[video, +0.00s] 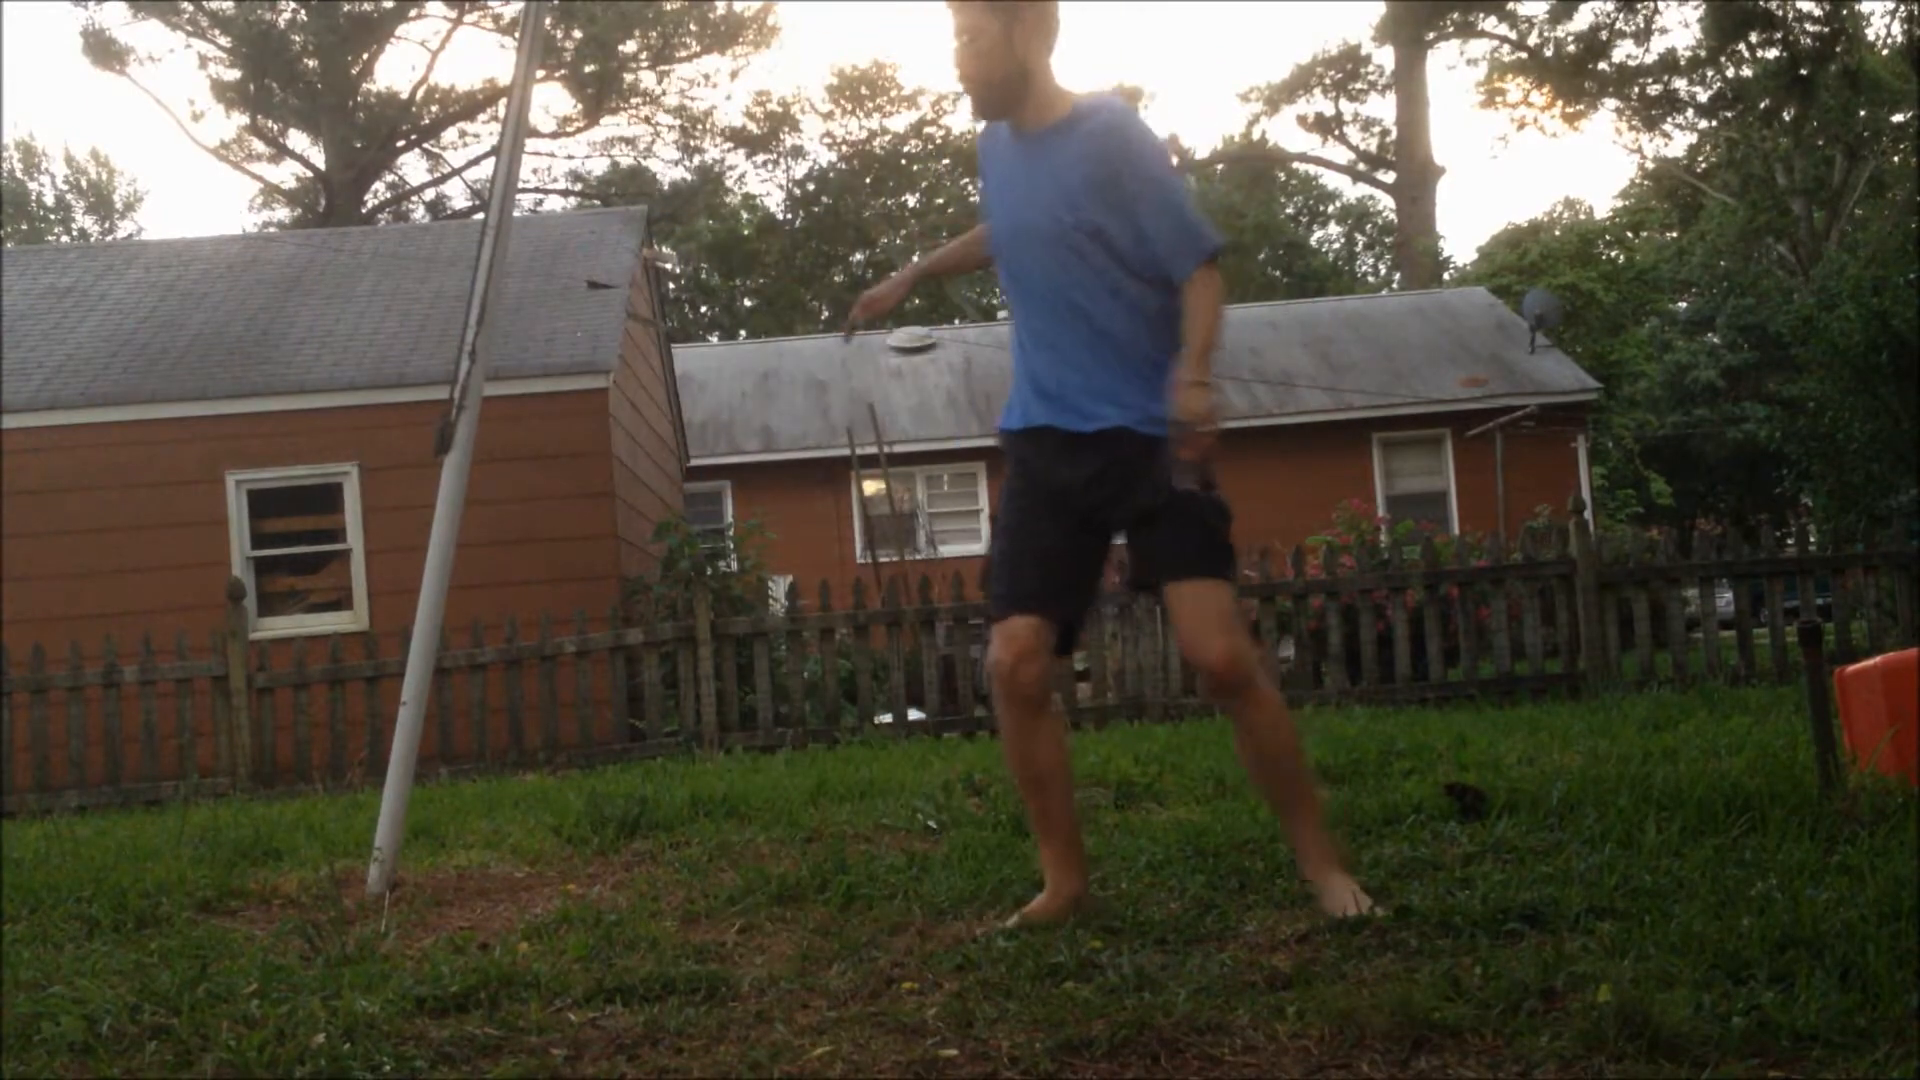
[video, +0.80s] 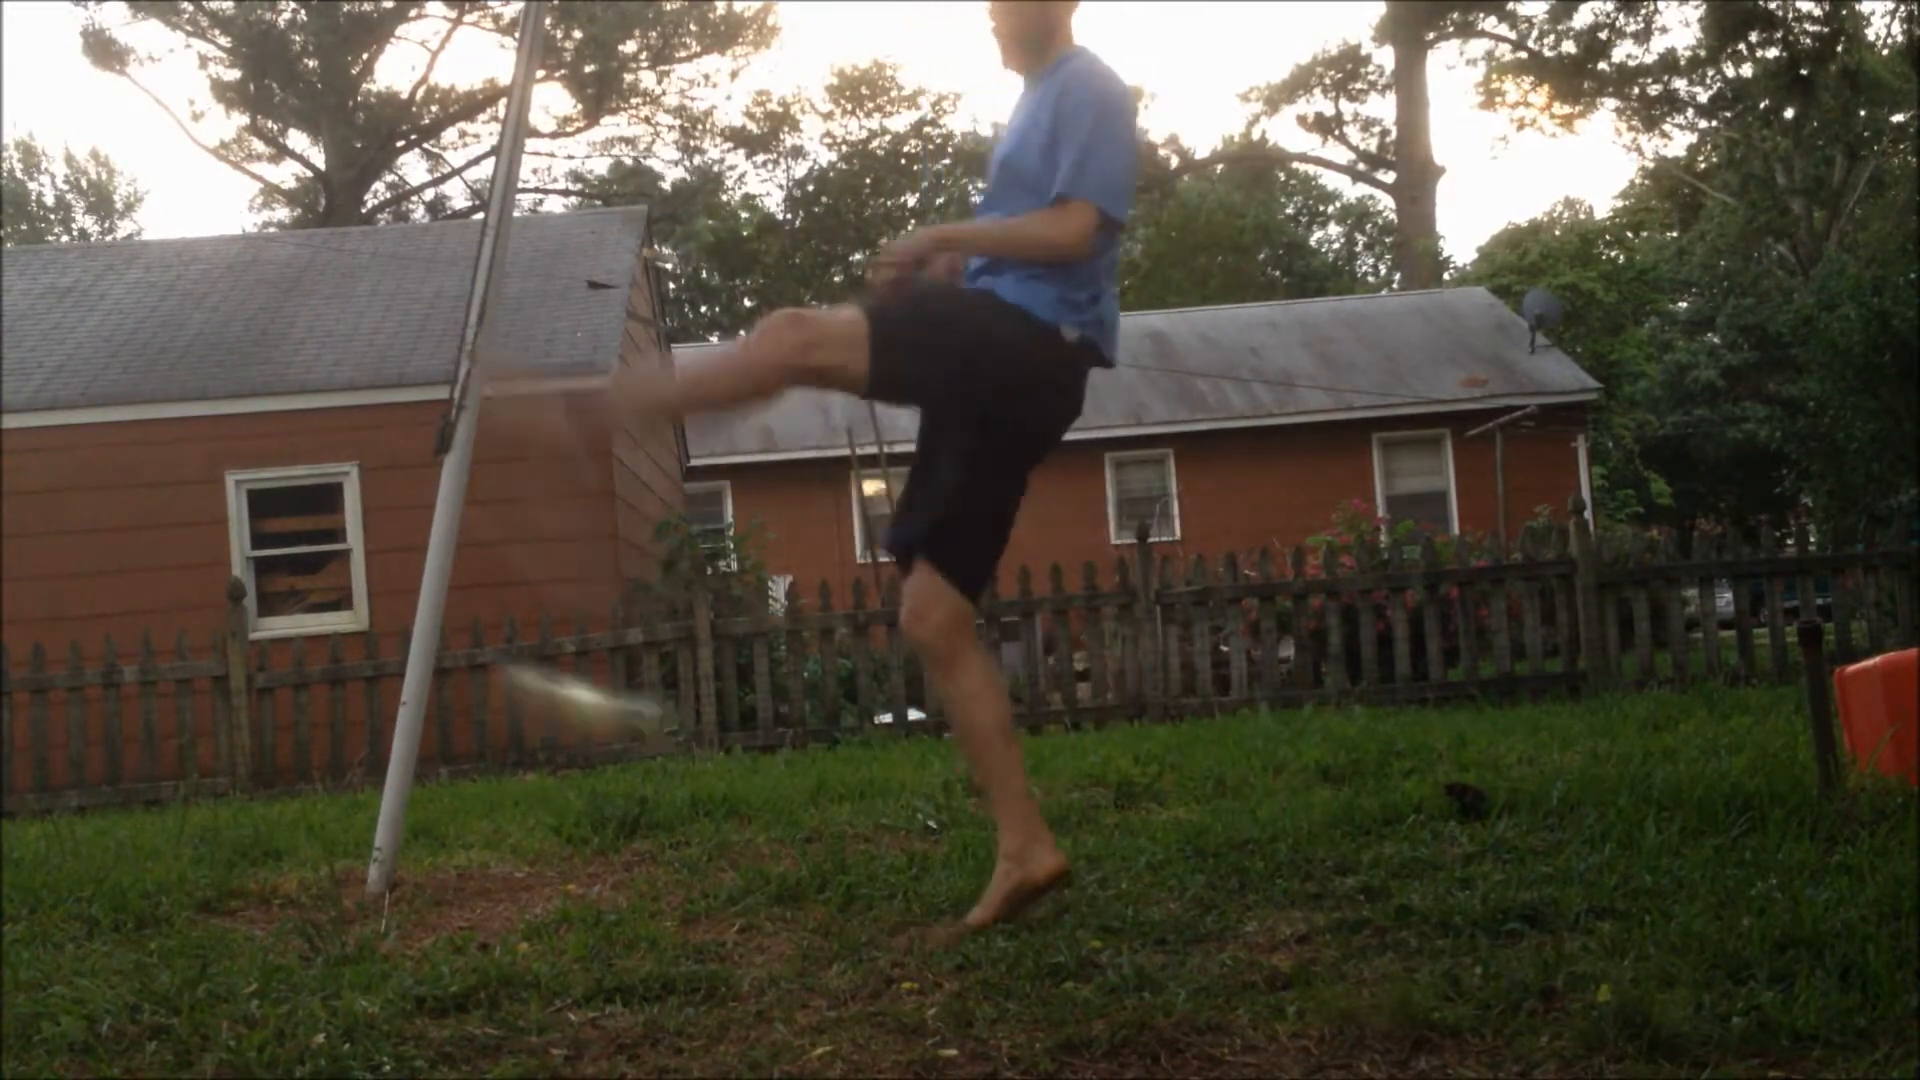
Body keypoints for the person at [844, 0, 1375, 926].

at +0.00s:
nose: (958, 49)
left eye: (971, 27)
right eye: (955, 31)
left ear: (1030, 28)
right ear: (975, 38)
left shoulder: (1111, 132)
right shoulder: (993, 145)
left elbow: (1201, 265)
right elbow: (1010, 231)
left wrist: (1193, 369)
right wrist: (911, 274)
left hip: (1153, 432)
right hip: (1045, 439)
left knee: (1220, 657)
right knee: (1017, 664)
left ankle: (1324, 869)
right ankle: (1063, 886)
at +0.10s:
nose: (928, 61)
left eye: (941, 37)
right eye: (925, 41)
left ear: (1001, 37)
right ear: (947, 47)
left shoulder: (1082, 136)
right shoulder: (966, 145)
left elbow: (1167, 278)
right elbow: (989, 233)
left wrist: (1117, 344)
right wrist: (908, 267)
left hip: (1119, 424)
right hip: (1022, 434)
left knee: (1147, 605)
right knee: (1010, 663)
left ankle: (1253, 797)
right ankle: (1064, 887)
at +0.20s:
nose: (911, 33)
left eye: (924, 12)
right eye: (909, 16)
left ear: (982, 14)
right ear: (939, 26)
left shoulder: (1062, 108)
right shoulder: (948, 114)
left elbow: (1132, 248)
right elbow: (974, 205)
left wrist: (1045, 315)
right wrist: (919, 254)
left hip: (1099, 372)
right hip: (1009, 395)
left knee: (1052, 523)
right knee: (1014, 646)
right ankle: (1061, 879)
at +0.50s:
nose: (893, 30)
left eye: (912, 12)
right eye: (895, 13)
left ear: (967, 21)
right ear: (934, 27)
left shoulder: (1009, 120)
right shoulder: (946, 132)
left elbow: (1056, 278)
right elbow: (994, 285)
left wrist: (934, 356)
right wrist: (953, 387)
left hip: (1043, 396)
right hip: (994, 401)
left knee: (894, 554)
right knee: (941, 658)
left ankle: (1090, 612)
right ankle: (1032, 886)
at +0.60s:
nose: (913, 31)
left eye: (932, 12)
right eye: (915, 14)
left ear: (986, 23)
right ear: (945, 30)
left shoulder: (1017, 119)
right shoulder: (964, 135)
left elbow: (1061, 268)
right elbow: (1010, 280)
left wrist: (930, 317)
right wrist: (945, 375)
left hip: (1026, 388)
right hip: (989, 392)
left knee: (833, 493)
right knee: (929, 655)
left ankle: (1048, 618)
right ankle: (1027, 879)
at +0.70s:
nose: (946, 25)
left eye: (958, 8)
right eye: (948, 10)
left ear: (1009, 14)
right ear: (999, 22)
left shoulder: (1049, 104)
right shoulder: (994, 119)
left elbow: (1085, 241)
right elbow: (1011, 253)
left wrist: (957, 258)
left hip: (1012, 360)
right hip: (1002, 372)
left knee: (781, 367)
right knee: (936, 623)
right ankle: (1016, 862)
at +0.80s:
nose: (993, 20)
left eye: (1003, 5)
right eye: (993, 7)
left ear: (1046, 7)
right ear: (1032, 17)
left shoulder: (1088, 84)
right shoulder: (1036, 111)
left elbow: (1079, 226)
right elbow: (1029, 250)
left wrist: (946, 235)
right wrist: (944, 270)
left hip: (1026, 344)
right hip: (1009, 354)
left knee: (794, 336)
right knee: (935, 614)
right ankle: (1026, 845)